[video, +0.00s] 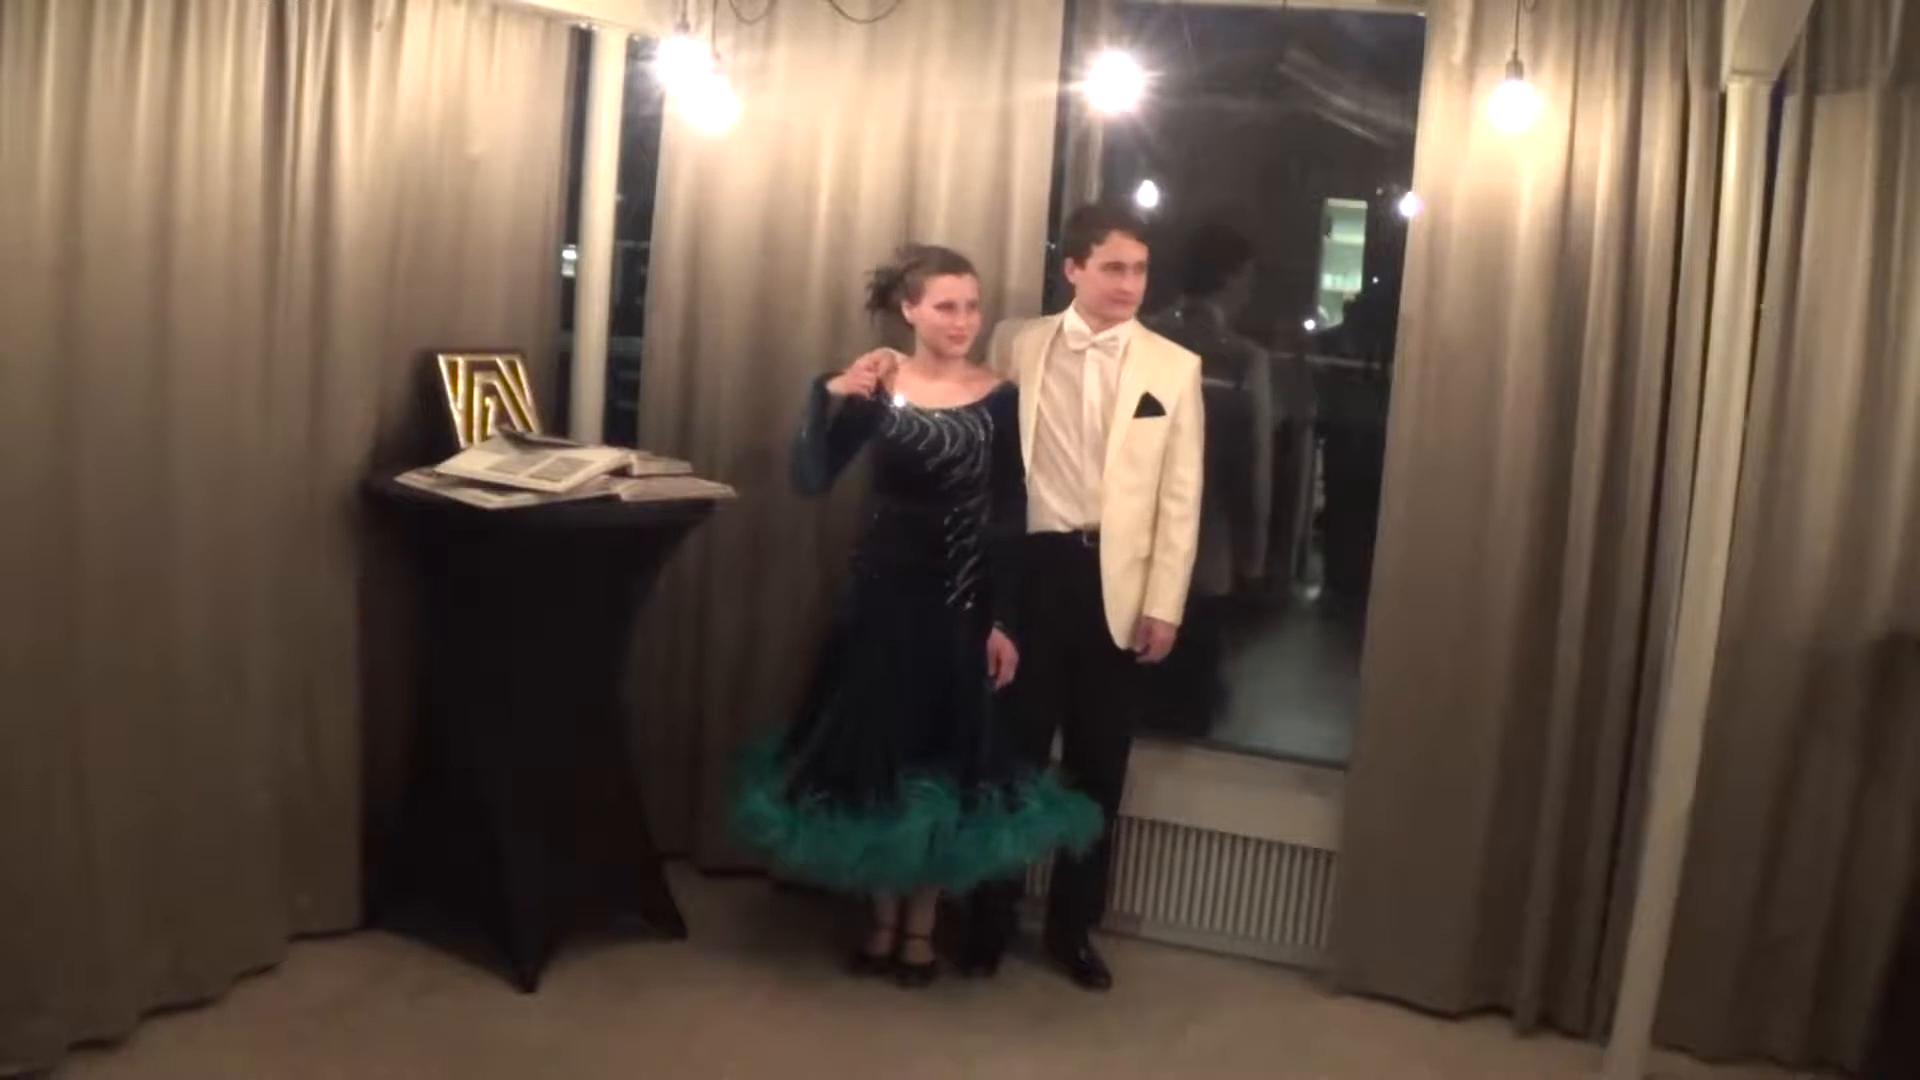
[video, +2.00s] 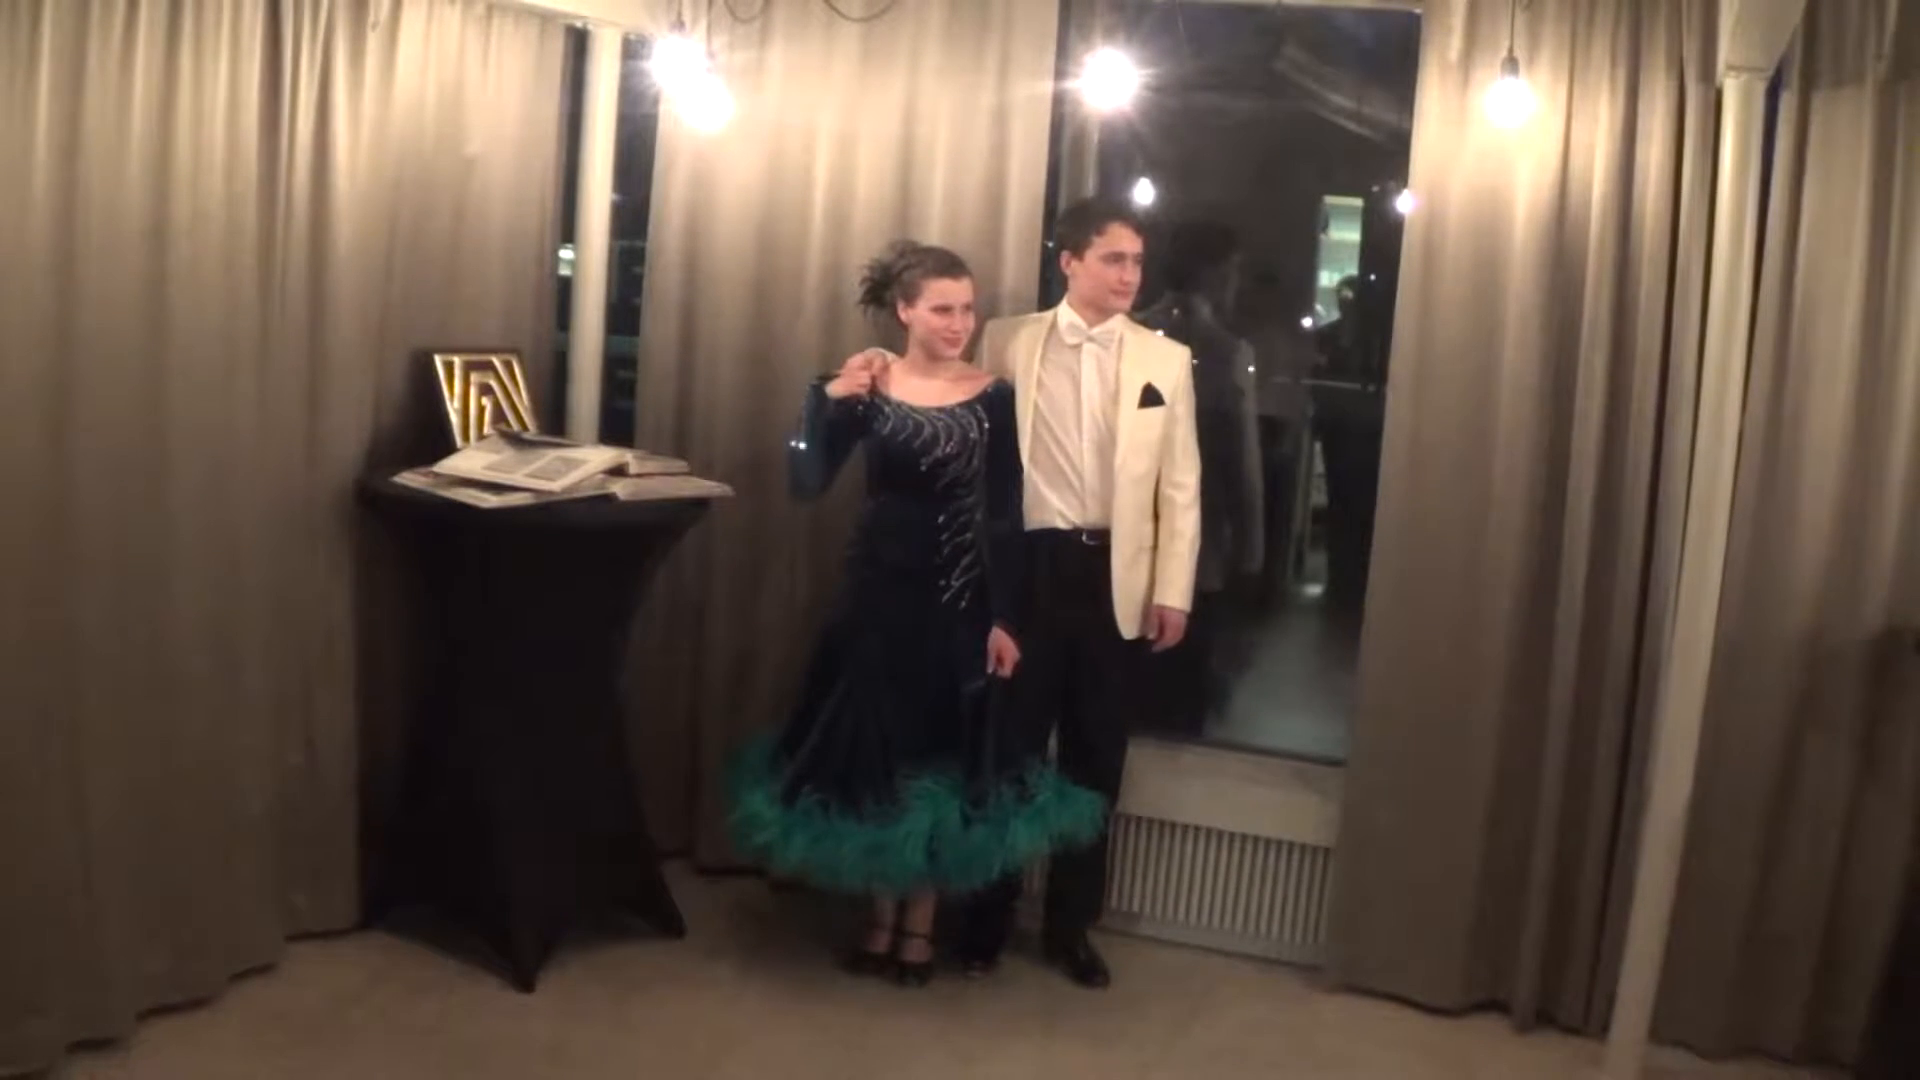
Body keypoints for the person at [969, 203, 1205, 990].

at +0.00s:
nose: (1129, 284)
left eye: (1140, 271)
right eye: (1114, 267)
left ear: (1151, 281)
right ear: (1072, 271)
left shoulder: (1176, 369)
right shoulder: (1018, 344)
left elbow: (1182, 498)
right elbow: (976, 454)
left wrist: (1165, 603)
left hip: (1114, 580)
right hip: (1024, 569)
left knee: (1099, 762)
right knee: (1010, 745)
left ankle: (1073, 929)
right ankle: (984, 922)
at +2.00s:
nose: (1128, 275)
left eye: (1137, 263)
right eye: (1113, 259)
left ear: (1144, 274)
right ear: (1068, 262)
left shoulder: (1167, 362)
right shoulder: (1009, 343)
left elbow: (1181, 487)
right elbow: (969, 455)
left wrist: (1173, 590)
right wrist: (965, 566)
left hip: (1116, 574)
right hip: (1022, 566)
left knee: (1097, 755)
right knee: (1008, 741)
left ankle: (1071, 927)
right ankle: (981, 921)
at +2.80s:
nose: (1124, 275)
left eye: (1133, 262)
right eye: (1109, 259)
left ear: (1141, 272)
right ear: (1064, 262)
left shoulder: (1163, 362)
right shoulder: (1007, 343)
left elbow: (1177, 485)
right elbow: (967, 457)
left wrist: (1169, 588)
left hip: (1114, 575)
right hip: (1020, 567)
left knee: (1094, 756)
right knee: (1005, 742)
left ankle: (1071, 926)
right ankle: (980, 921)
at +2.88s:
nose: (1124, 274)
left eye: (1133, 262)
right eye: (1109, 258)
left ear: (1140, 273)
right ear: (1064, 262)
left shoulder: (1162, 362)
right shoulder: (1007, 342)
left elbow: (1177, 485)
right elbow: (966, 453)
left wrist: (1169, 588)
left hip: (1114, 576)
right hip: (1020, 567)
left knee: (1094, 756)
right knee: (1006, 742)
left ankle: (1071, 926)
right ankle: (980, 920)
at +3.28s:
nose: (1112, 271)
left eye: (1123, 257)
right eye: (1097, 257)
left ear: (1135, 266)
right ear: (1059, 263)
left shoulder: (1167, 355)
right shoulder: (1009, 333)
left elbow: (1202, 475)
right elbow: (941, 375)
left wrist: (1185, 580)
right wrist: (879, 358)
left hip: (1116, 572)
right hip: (1023, 561)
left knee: (1097, 754)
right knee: (1009, 739)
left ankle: (1070, 926)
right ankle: (984, 922)